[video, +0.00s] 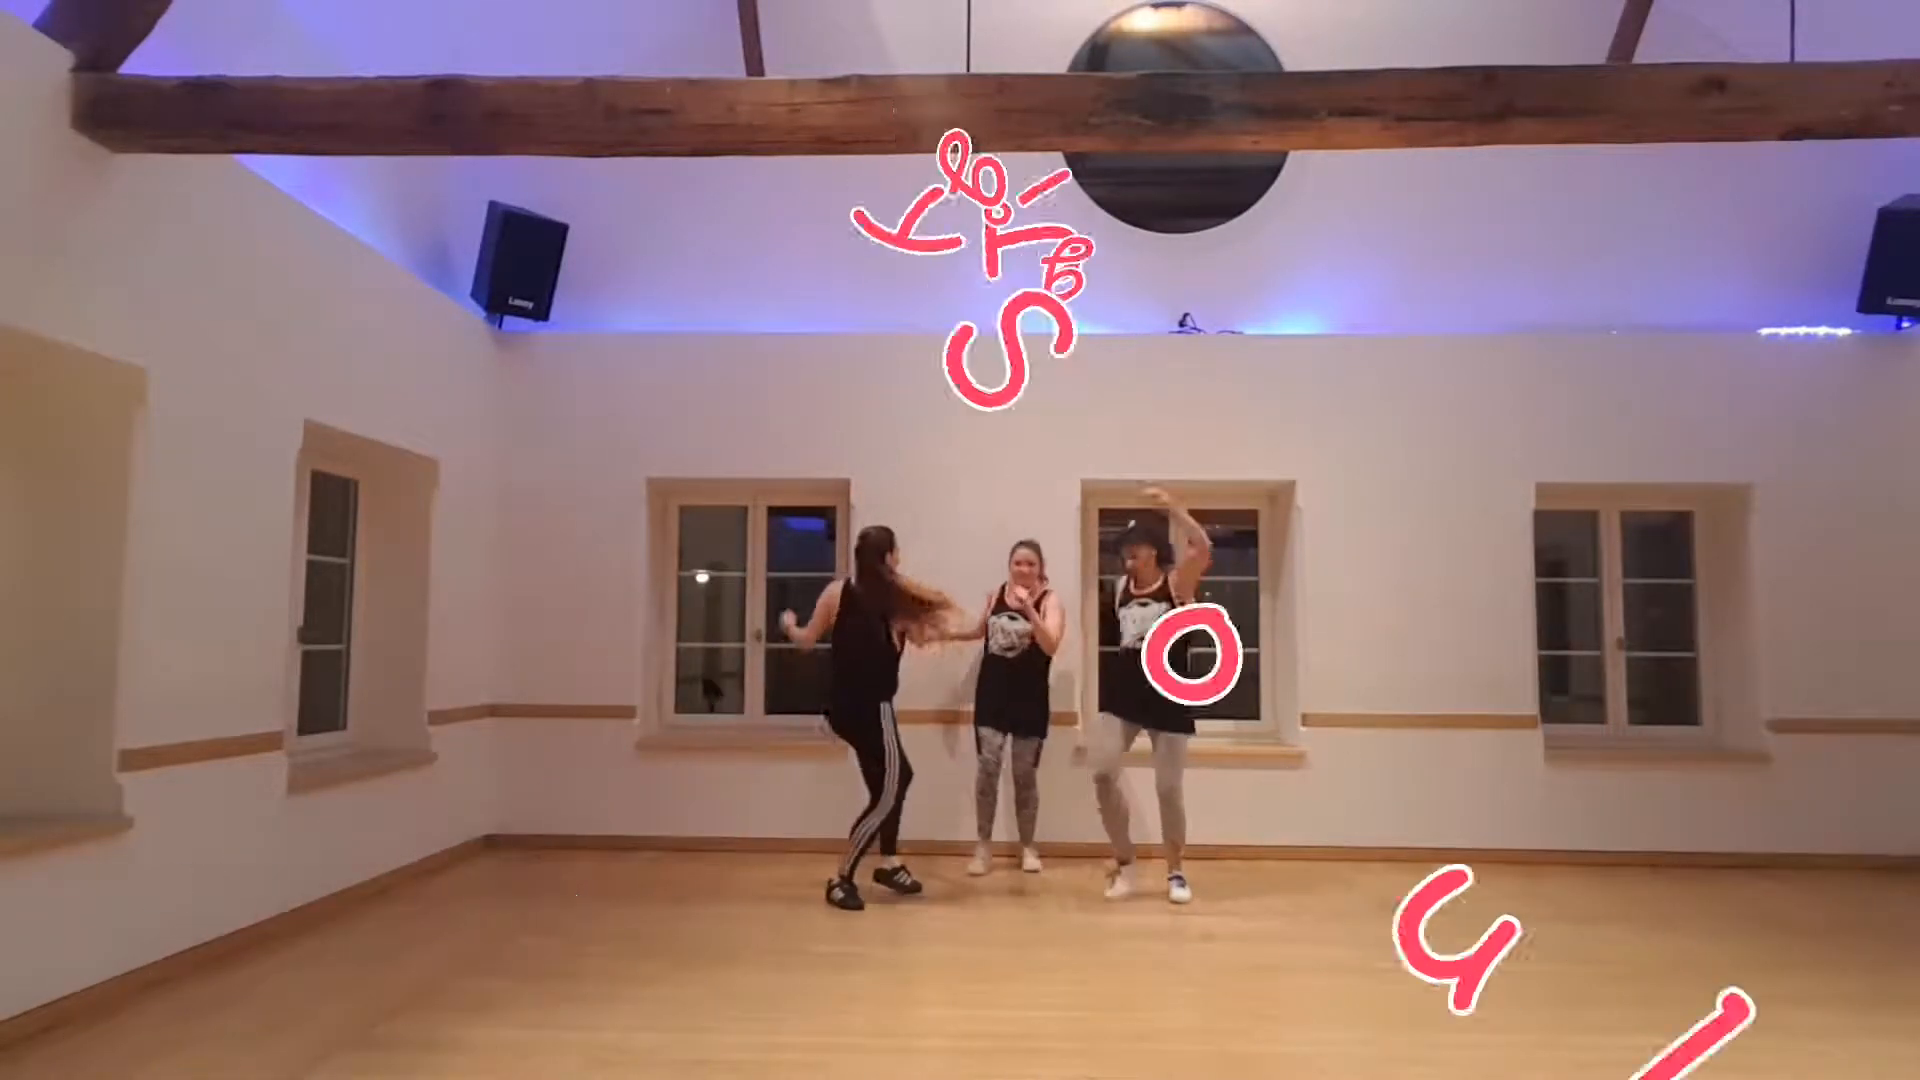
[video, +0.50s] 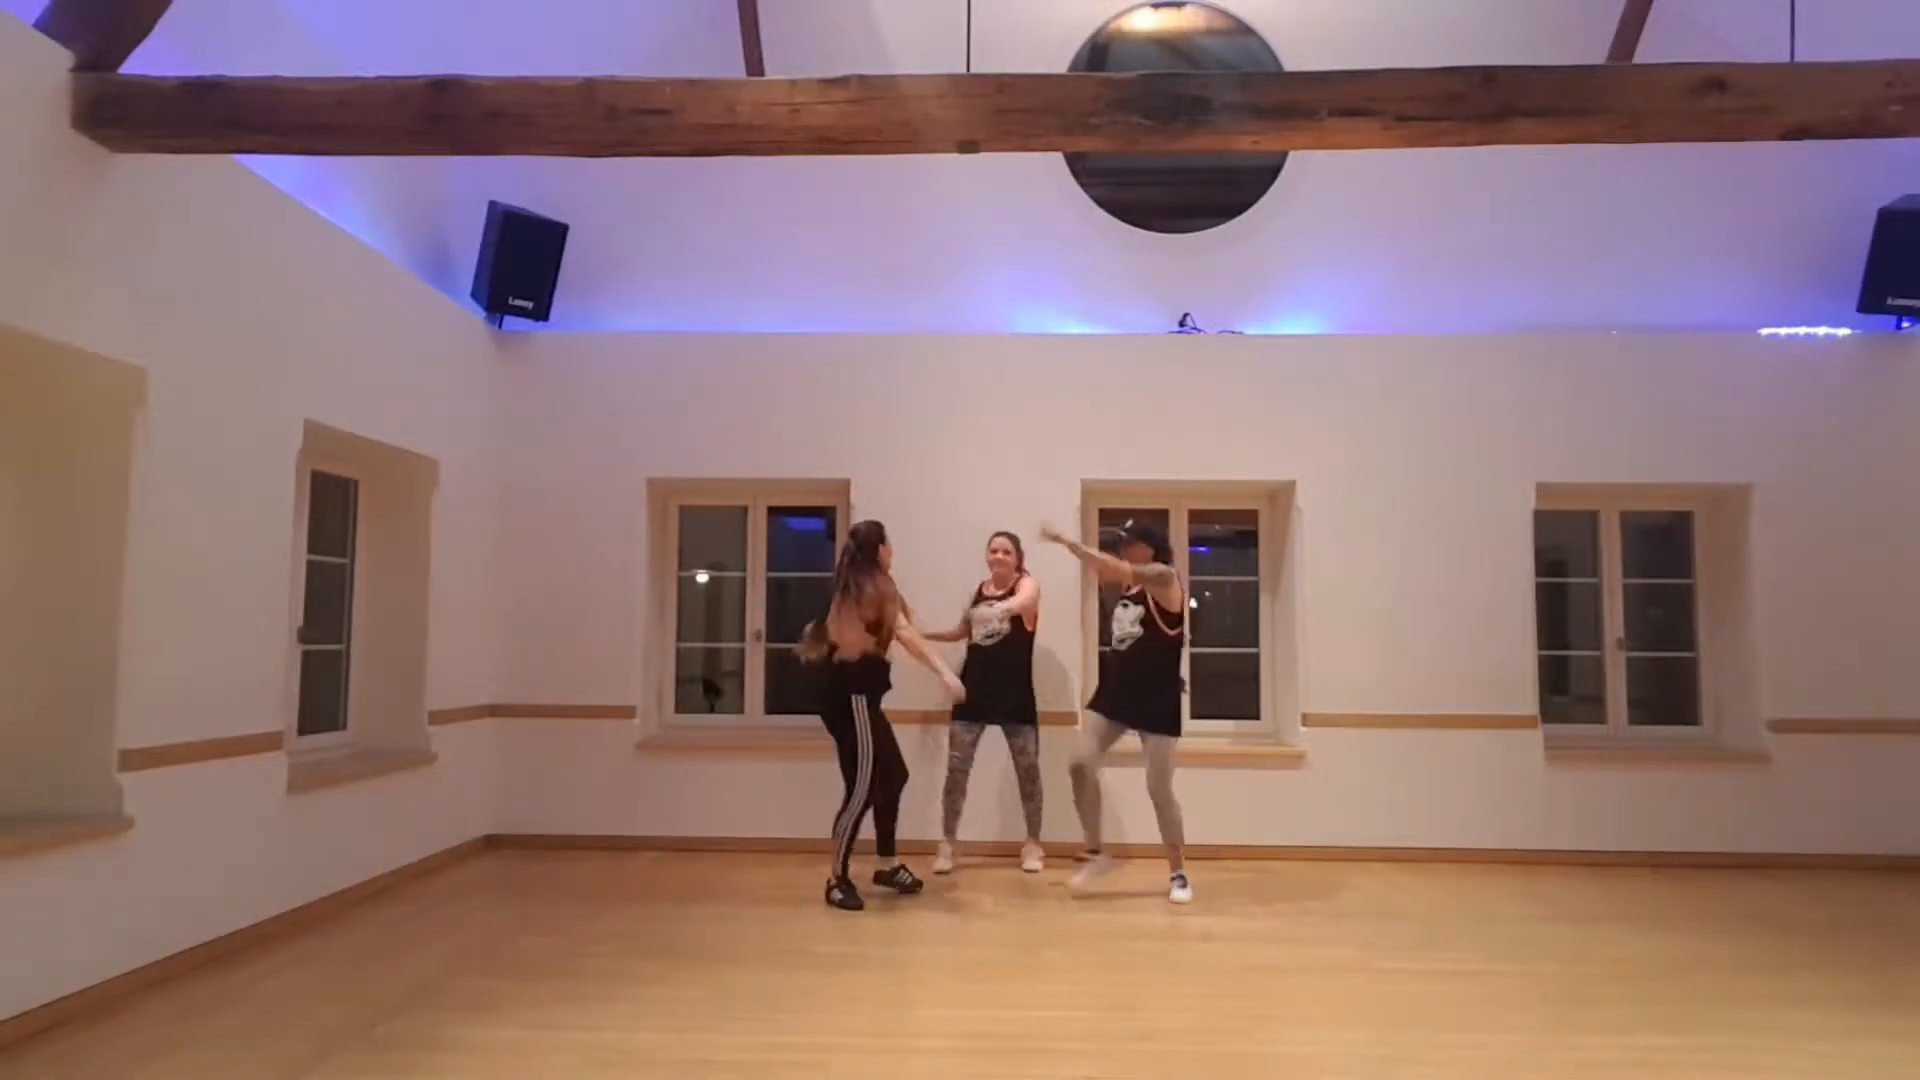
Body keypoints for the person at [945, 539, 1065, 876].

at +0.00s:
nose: (1023, 569)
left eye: (1029, 564)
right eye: (1018, 563)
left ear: (1041, 568)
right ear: (1009, 566)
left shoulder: (1049, 601)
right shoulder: (998, 596)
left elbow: (1051, 644)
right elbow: (979, 631)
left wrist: (1028, 611)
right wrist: (941, 634)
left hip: (1030, 696)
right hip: (992, 693)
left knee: (1023, 771)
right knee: (988, 767)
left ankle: (1028, 846)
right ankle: (983, 844)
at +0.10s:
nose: (1021, 572)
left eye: (1028, 566)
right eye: (1017, 566)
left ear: (1040, 571)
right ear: (1009, 569)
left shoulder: (1049, 604)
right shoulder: (998, 599)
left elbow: (1043, 655)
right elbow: (980, 639)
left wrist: (1023, 618)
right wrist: (945, 645)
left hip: (1029, 699)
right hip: (992, 696)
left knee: (1024, 774)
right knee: (987, 770)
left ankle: (1028, 847)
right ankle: (987, 845)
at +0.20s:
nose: (1018, 572)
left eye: (1025, 567)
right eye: (1013, 566)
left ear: (1039, 573)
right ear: (1007, 570)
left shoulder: (1046, 607)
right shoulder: (999, 601)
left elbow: (1032, 654)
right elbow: (983, 645)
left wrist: (1010, 618)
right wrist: (946, 653)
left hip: (1027, 702)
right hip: (991, 698)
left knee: (1023, 775)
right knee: (979, 769)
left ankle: (1028, 848)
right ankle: (985, 846)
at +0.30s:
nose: (1013, 569)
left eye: (1020, 564)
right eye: (1008, 563)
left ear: (1033, 569)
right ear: (1001, 568)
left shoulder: (1041, 599)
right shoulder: (996, 599)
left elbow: (1031, 637)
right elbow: (979, 642)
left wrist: (1002, 606)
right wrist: (938, 647)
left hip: (1025, 698)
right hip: (989, 695)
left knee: (1024, 774)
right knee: (967, 764)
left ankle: (1029, 848)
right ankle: (977, 843)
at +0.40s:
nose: (1006, 561)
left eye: (1013, 556)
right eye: (1002, 556)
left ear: (1026, 562)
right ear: (995, 561)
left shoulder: (1035, 590)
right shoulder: (991, 593)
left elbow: (1030, 612)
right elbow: (973, 634)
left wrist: (991, 597)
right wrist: (934, 638)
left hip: (1022, 694)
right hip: (984, 691)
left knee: (1025, 769)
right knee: (961, 761)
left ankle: (1030, 845)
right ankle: (961, 841)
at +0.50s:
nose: (998, 557)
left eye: (1005, 552)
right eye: (994, 552)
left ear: (1018, 559)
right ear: (986, 558)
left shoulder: (1027, 585)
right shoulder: (981, 590)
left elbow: (1022, 601)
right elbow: (961, 632)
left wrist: (996, 609)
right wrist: (921, 634)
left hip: (1014, 692)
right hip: (974, 690)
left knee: (1027, 767)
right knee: (957, 767)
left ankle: (1033, 842)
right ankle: (947, 843)